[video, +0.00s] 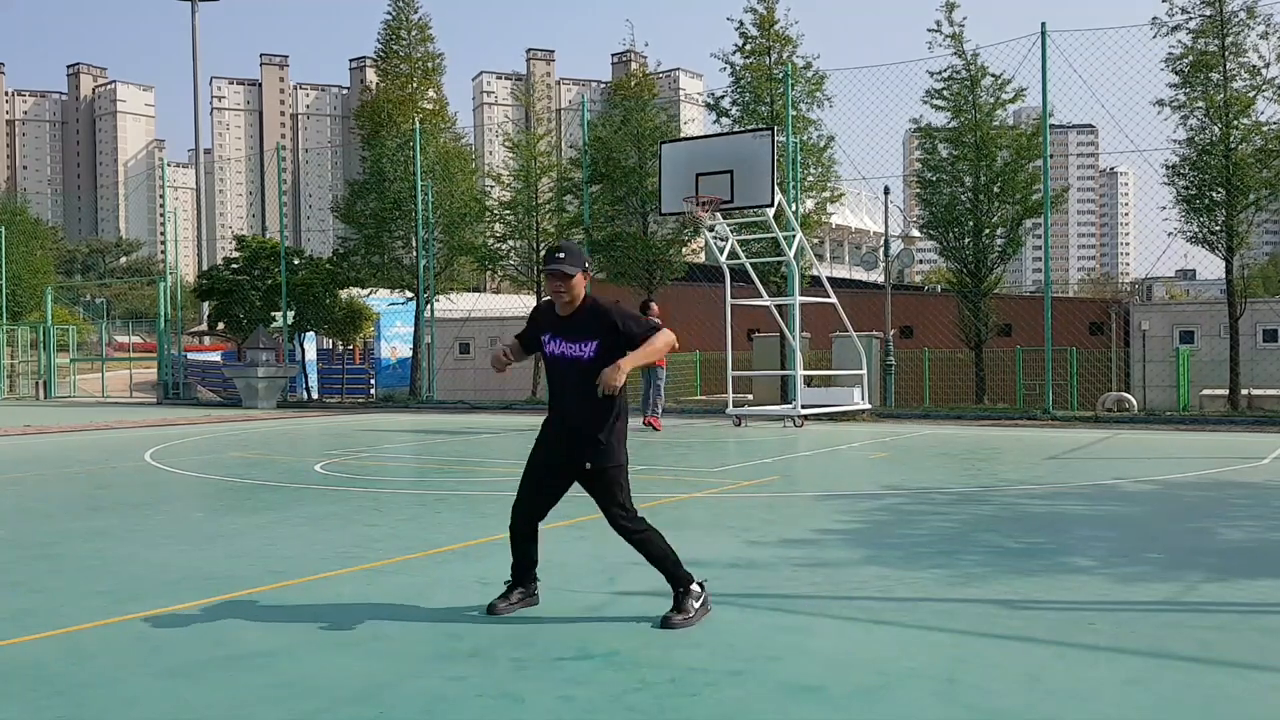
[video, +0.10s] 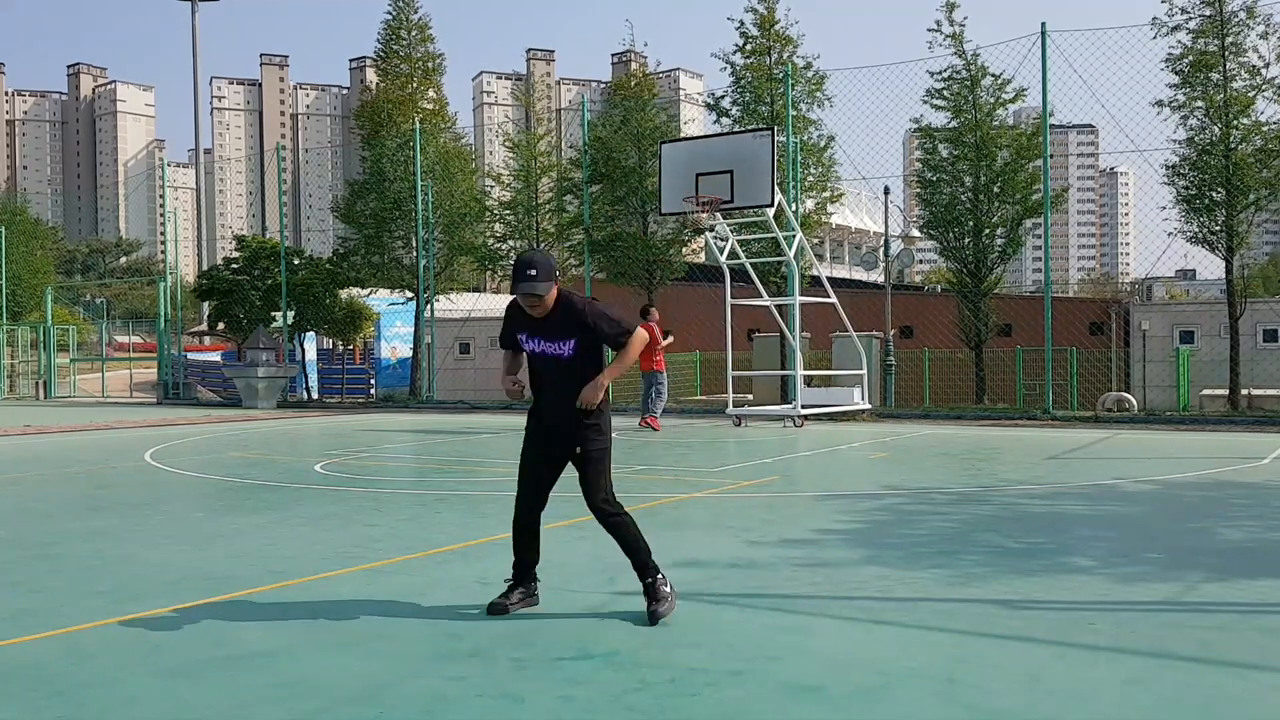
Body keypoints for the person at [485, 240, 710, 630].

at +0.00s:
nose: (557, 284)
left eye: (566, 277)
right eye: (551, 277)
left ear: (586, 277)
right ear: (545, 280)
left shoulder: (608, 317)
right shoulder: (543, 316)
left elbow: (666, 339)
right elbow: (524, 345)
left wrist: (624, 364)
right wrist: (506, 353)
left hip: (601, 442)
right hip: (557, 438)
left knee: (623, 519)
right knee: (523, 514)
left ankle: (688, 590)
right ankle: (523, 587)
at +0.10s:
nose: (530, 302)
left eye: (538, 295)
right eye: (523, 295)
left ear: (556, 285)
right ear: (515, 289)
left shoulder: (582, 311)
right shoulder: (516, 311)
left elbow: (639, 338)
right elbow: (514, 348)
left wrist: (602, 380)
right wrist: (509, 375)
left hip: (587, 421)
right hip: (544, 421)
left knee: (600, 501)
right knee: (526, 505)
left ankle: (654, 582)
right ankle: (523, 585)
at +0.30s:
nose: (526, 295)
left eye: (533, 289)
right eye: (519, 289)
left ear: (545, 279)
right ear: (505, 281)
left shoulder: (565, 298)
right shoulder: (492, 302)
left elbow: (615, 319)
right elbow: (484, 340)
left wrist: (583, 359)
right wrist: (492, 365)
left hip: (565, 410)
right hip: (519, 410)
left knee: (562, 491)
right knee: (518, 497)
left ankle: (564, 567)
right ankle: (520, 581)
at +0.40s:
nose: (533, 296)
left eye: (540, 290)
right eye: (525, 290)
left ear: (551, 280)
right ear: (510, 282)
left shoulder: (570, 301)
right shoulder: (492, 303)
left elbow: (623, 315)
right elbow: (457, 331)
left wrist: (587, 348)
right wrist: (469, 345)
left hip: (555, 418)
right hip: (509, 417)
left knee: (543, 498)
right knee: (505, 499)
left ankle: (539, 566)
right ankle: (506, 579)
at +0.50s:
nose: (536, 303)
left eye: (543, 296)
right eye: (529, 296)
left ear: (554, 289)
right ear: (514, 288)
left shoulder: (570, 313)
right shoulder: (491, 313)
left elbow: (626, 326)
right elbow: (438, 334)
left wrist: (592, 361)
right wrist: (465, 352)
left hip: (548, 432)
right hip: (501, 431)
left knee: (534, 508)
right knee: (502, 510)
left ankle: (529, 566)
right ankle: (508, 581)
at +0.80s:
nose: (575, 286)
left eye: (582, 280)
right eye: (568, 279)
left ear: (589, 279)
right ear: (549, 276)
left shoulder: (588, 314)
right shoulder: (515, 314)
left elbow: (588, 368)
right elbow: (505, 380)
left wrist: (579, 413)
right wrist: (544, 424)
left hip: (569, 415)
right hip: (521, 417)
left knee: (597, 480)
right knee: (515, 498)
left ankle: (598, 567)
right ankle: (502, 581)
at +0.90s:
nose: (592, 281)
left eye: (598, 274)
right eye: (585, 273)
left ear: (605, 274)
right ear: (566, 268)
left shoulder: (600, 310)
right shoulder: (533, 310)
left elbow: (618, 358)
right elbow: (505, 371)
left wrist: (608, 390)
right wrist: (560, 399)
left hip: (582, 422)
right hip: (535, 426)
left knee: (615, 493)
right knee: (528, 506)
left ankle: (645, 580)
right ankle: (495, 579)